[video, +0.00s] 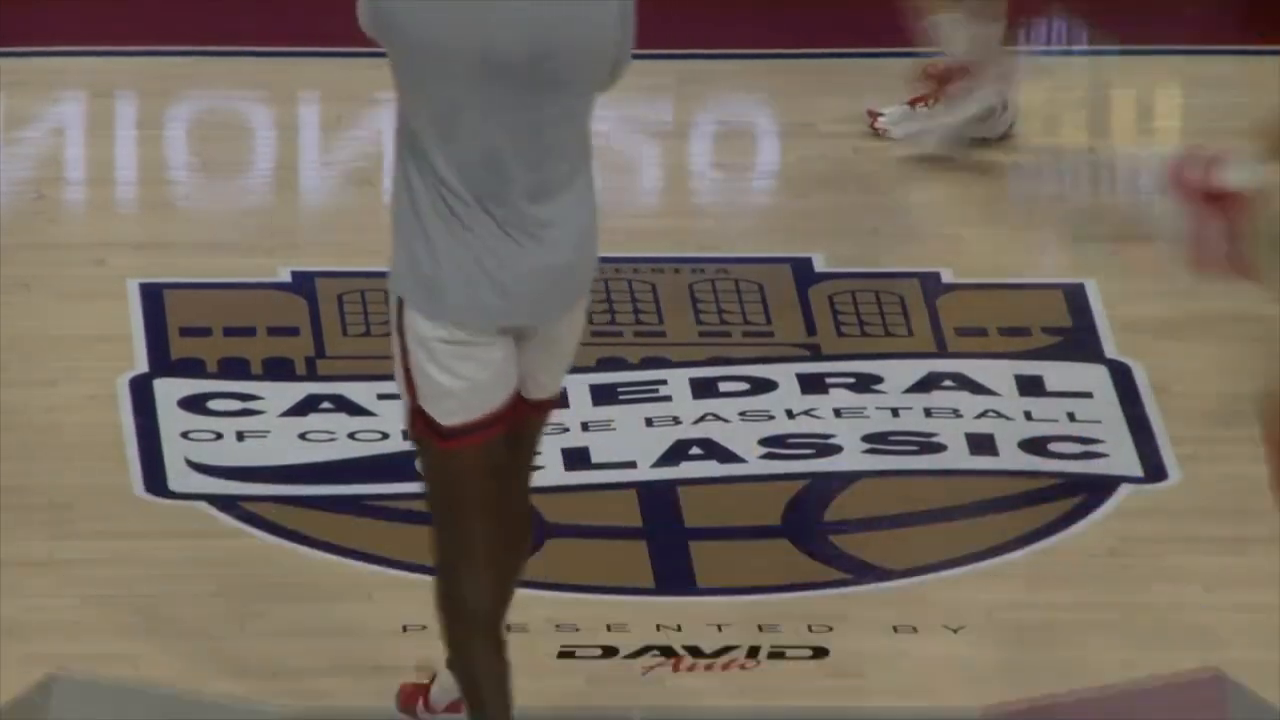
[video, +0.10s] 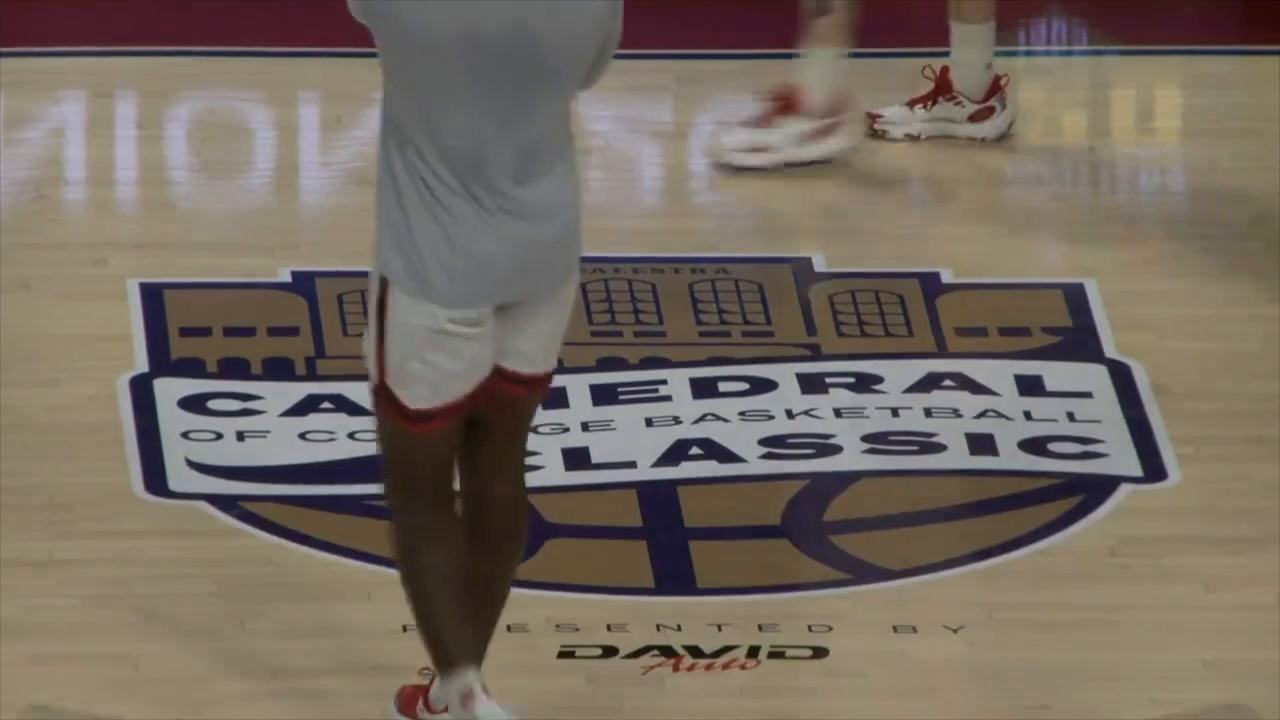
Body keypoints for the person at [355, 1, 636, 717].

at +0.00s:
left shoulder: (408, 10)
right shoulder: (604, 14)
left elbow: (367, 26)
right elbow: (604, 74)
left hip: (450, 277)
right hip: (561, 270)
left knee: (466, 524)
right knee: (511, 494)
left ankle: (489, 710)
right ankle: (469, 684)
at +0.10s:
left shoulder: (398, 8)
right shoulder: (593, 7)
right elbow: (584, 71)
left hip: (435, 261)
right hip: (546, 253)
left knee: (420, 492)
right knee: (499, 479)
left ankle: (463, 690)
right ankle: (460, 683)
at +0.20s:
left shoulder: (387, 0)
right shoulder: (582, 1)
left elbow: (354, 26)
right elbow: (571, 78)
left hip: (417, 241)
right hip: (535, 237)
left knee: (374, 433)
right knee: (490, 453)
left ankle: (432, 634)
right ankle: (463, 675)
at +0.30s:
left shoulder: (349, 1)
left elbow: (324, 75)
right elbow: (560, 90)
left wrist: (336, 133)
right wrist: (504, 143)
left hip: (395, 212)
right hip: (519, 212)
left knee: (343, 384)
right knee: (479, 440)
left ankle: (384, 617)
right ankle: (455, 685)